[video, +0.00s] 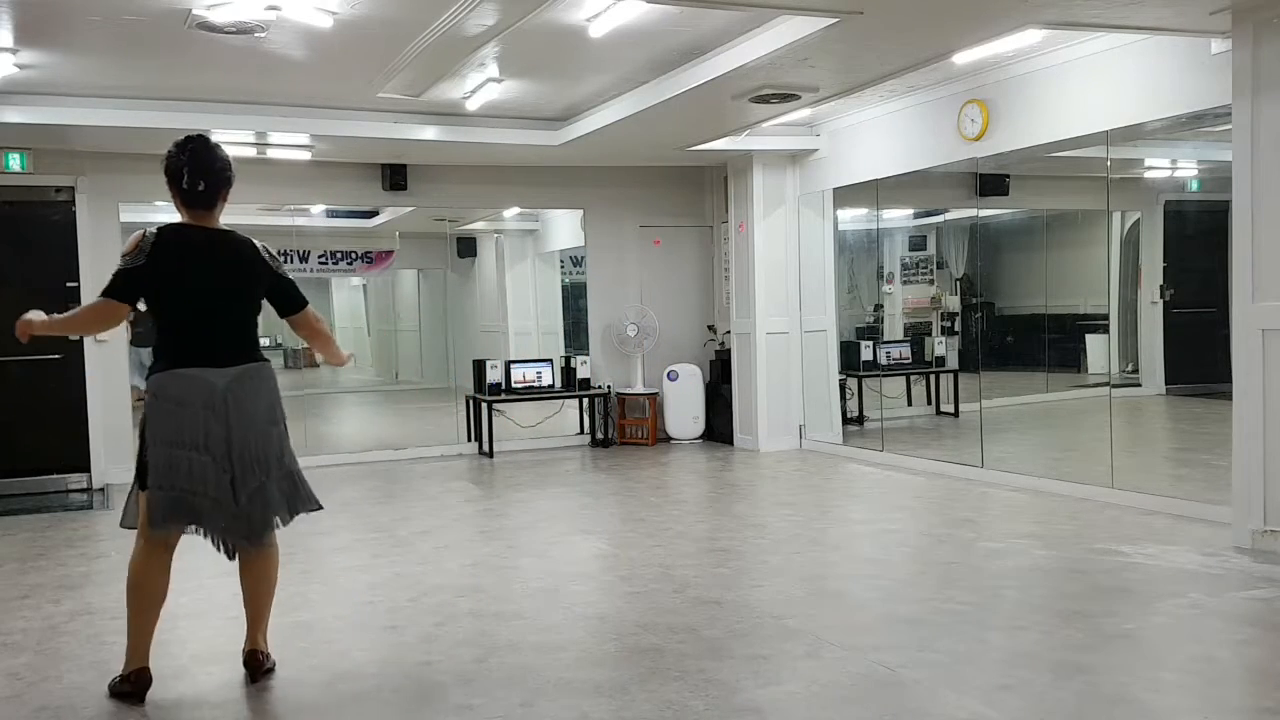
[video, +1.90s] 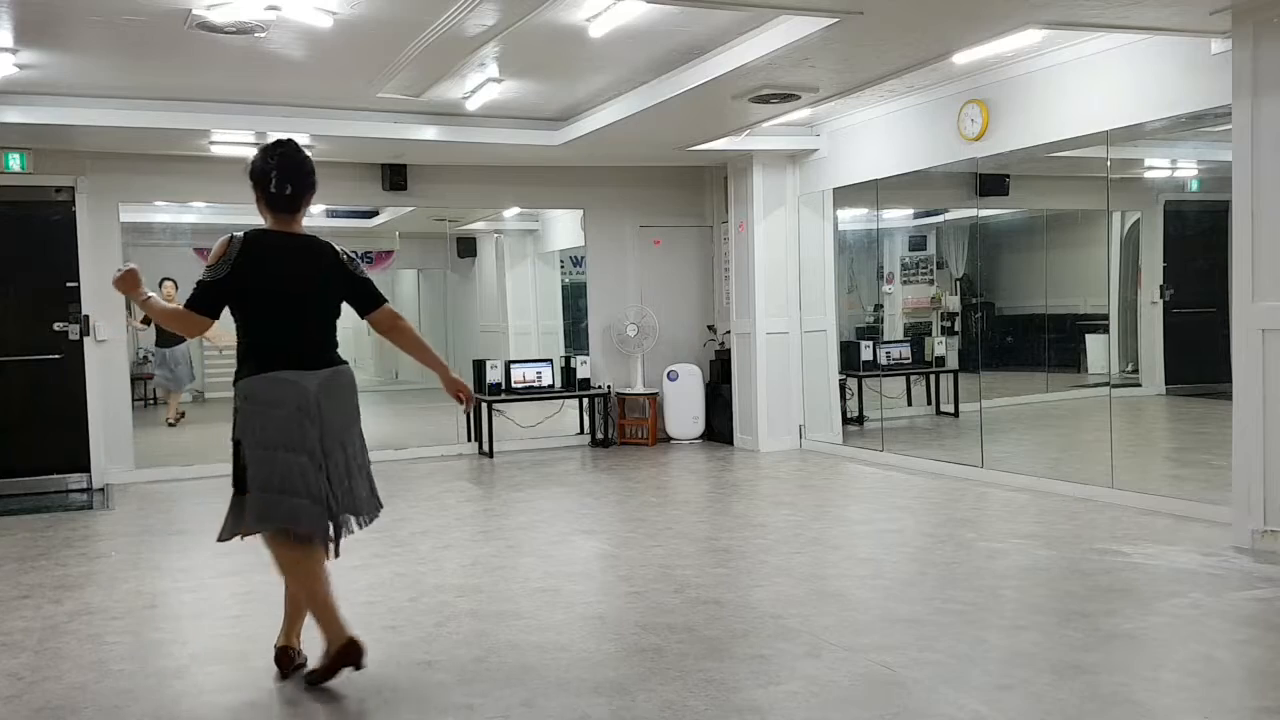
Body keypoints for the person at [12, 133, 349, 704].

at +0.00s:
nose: (182, 192)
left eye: (173, 183)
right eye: (209, 183)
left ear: (172, 190)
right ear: (226, 190)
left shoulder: (155, 248)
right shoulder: (249, 253)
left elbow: (108, 313)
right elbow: (307, 322)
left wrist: (46, 324)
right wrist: (334, 353)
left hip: (176, 392)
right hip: (249, 392)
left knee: (157, 535)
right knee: (256, 523)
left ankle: (136, 668)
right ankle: (257, 648)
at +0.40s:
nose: (166, 194)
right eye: (170, 185)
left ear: (115, 190)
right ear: (171, 191)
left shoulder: (89, 250)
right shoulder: (190, 253)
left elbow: (63, 329)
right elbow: (247, 317)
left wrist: (86, 292)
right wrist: (329, 337)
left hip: (106, 395)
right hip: (184, 394)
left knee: (117, 532)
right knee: (195, 510)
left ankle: (133, 670)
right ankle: (210, 624)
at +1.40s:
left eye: (196, 186)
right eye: (236, 184)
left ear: (184, 191)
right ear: (239, 190)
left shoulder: (165, 250)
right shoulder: (266, 251)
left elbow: (131, 324)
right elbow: (333, 314)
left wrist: (81, 318)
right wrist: (362, 314)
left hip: (188, 396)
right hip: (262, 393)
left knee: (164, 523)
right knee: (277, 518)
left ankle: (136, 656)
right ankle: (286, 644)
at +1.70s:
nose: (230, 196)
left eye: (229, 188)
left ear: (230, 194)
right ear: (284, 193)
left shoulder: (217, 253)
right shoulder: (307, 252)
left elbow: (180, 324)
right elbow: (361, 312)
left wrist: (117, 317)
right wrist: (393, 347)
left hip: (239, 395)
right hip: (310, 394)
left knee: (211, 528)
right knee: (304, 522)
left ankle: (196, 655)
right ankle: (288, 645)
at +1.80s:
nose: (254, 196)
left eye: (247, 188)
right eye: (290, 187)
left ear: (243, 194)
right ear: (298, 194)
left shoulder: (229, 252)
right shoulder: (317, 254)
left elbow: (187, 324)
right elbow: (376, 320)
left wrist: (128, 308)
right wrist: (424, 366)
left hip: (252, 398)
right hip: (319, 396)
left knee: (241, 529)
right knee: (307, 524)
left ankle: (273, 645)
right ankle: (289, 643)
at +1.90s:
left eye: (264, 189)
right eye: (303, 190)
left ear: (257, 194)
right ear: (311, 196)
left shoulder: (239, 251)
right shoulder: (329, 256)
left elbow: (192, 323)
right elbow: (386, 320)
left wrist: (141, 296)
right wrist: (445, 372)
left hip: (267, 392)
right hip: (331, 389)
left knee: (277, 517)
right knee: (313, 514)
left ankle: (338, 636)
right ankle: (289, 641)